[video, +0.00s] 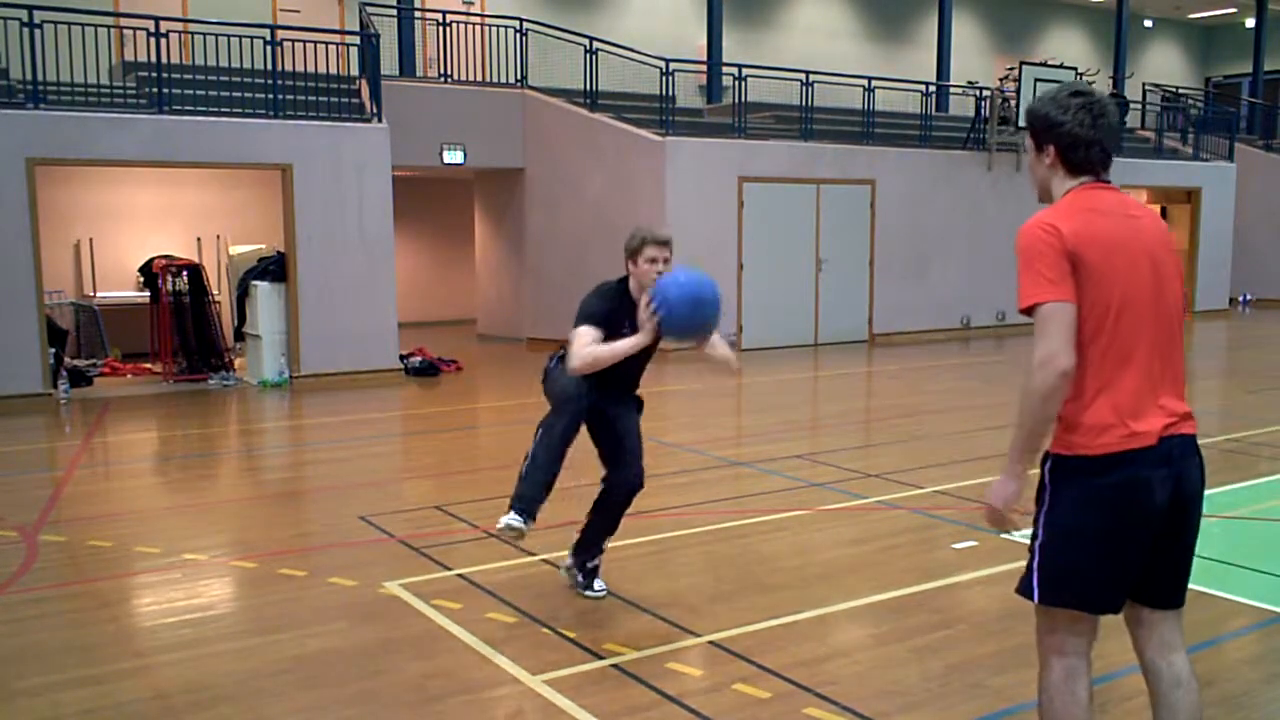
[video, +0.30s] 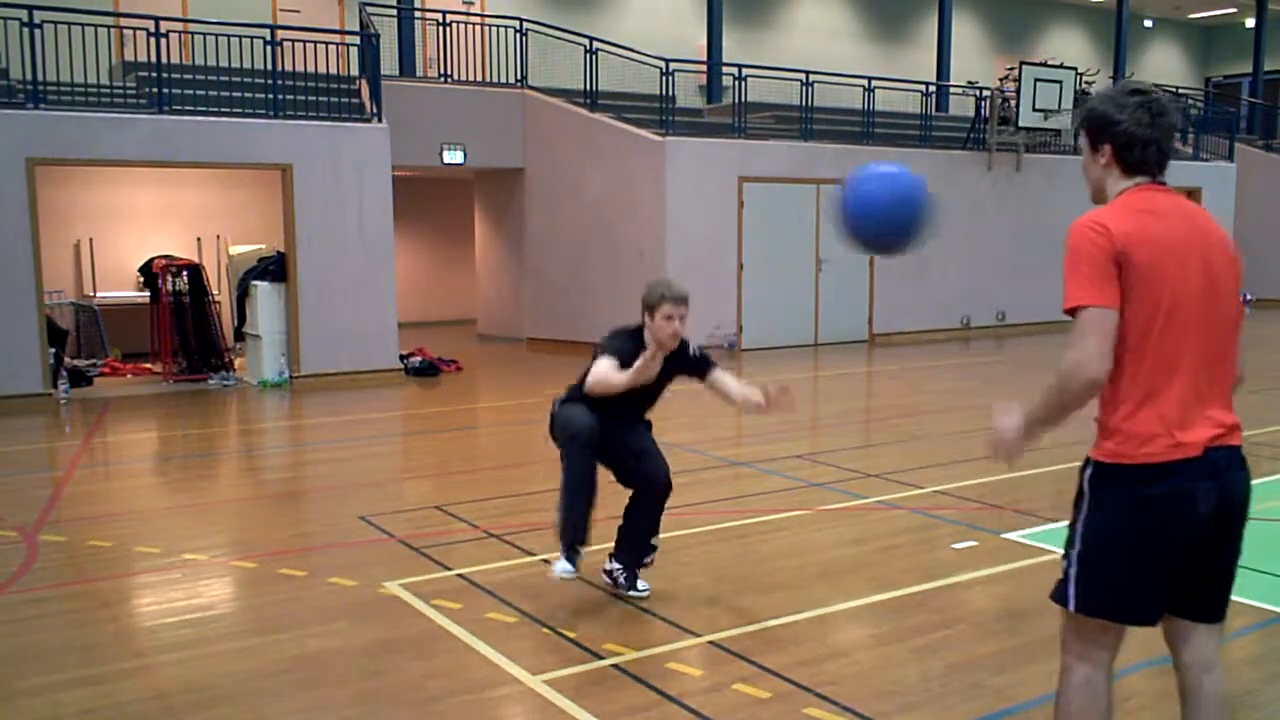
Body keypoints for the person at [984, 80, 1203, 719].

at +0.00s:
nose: (1027, 164)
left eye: (1027, 149)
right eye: (1028, 150)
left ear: (1046, 150)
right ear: (1106, 150)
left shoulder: (1050, 229)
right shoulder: (1154, 222)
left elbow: (1055, 362)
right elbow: (1168, 338)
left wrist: (1014, 471)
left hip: (1094, 476)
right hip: (1174, 466)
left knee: (1065, 647)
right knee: (1161, 635)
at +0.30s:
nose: (1082, 164)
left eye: (1082, 150)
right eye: (1081, 151)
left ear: (1102, 152)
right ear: (1159, 151)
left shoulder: (1101, 229)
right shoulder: (1216, 235)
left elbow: (1089, 367)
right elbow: (1230, 370)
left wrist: (1027, 422)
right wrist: (1150, 394)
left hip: (1133, 482)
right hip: (1218, 476)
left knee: (1088, 653)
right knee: (1198, 644)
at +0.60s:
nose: (1116, 165)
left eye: (1118, 150)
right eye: (1116, 149)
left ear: (1142, 154)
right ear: (1199, 152)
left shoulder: (1127, 231)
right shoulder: (1265, 230)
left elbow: (1118, 370)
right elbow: (1274, 365)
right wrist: (1219, 351)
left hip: (1156, 484)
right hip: (1249, 481)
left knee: (1103, 656)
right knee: (1216, 646)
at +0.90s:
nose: (1148, 171)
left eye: (1149, 157)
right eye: (1148, 158)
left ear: (1168, 157)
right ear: (1229, 154)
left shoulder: (1143, 230)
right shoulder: (1274, 221)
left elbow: (1121, 368)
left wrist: (1177, 361)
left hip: (1170, 478)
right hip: (1266, 480)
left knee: (1116, 652)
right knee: (1237, 662)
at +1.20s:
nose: (1154, 167)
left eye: (1154, 153)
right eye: (1152, 154)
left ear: (1175, 154)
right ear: (1233, 151)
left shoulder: (1158, 225)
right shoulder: (1274, 218)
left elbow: (1140, 359)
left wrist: (1124, 410)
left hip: (1186, 481)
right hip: (1270, 477)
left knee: (1157, 665)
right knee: (1243, 665)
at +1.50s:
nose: (1146, 170)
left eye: (1146, 154)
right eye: (1145, 155)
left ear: (1169, 150)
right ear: (1223, 147)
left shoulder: (1169, 221)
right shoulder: (1270, 213)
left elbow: (1175, 359)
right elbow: (1256, 343)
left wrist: (1126, 416)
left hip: (1208, 477)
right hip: (1269, 470)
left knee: (1196, 669)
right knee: (1229, 656)